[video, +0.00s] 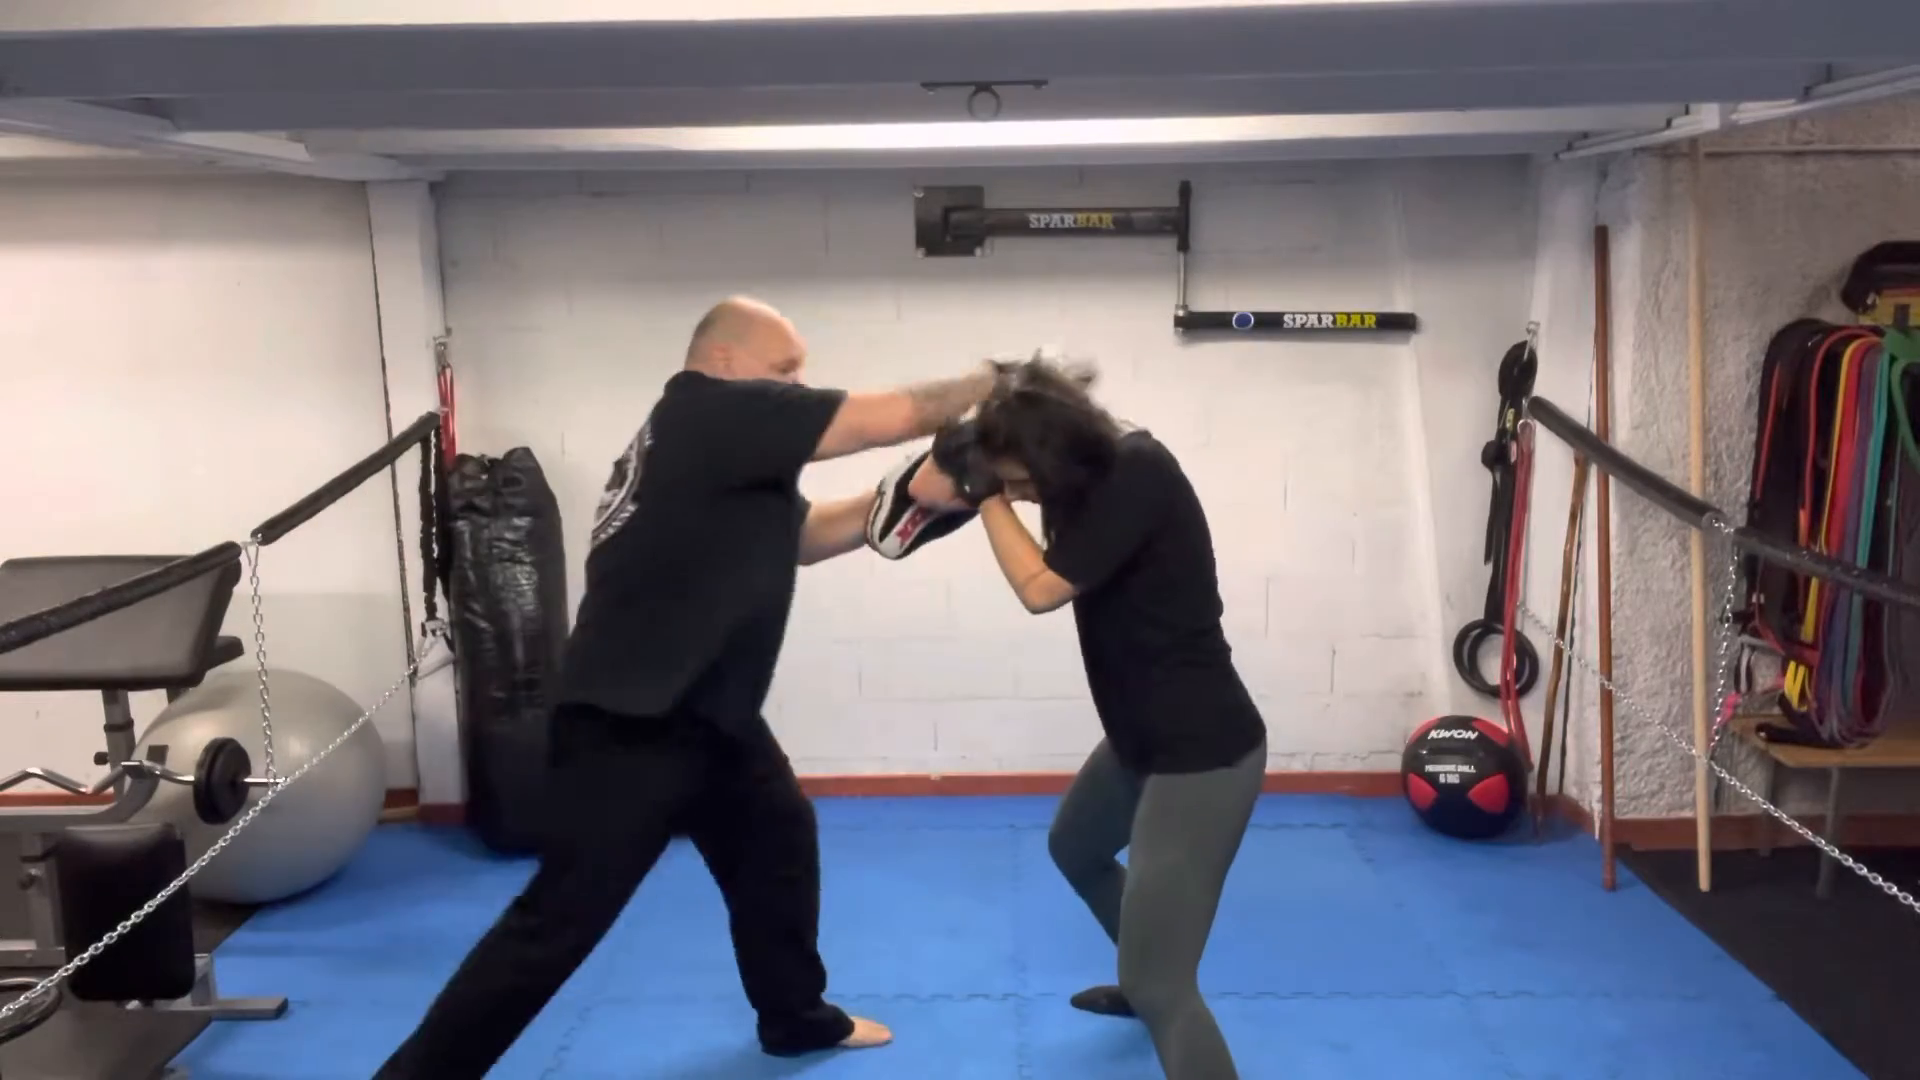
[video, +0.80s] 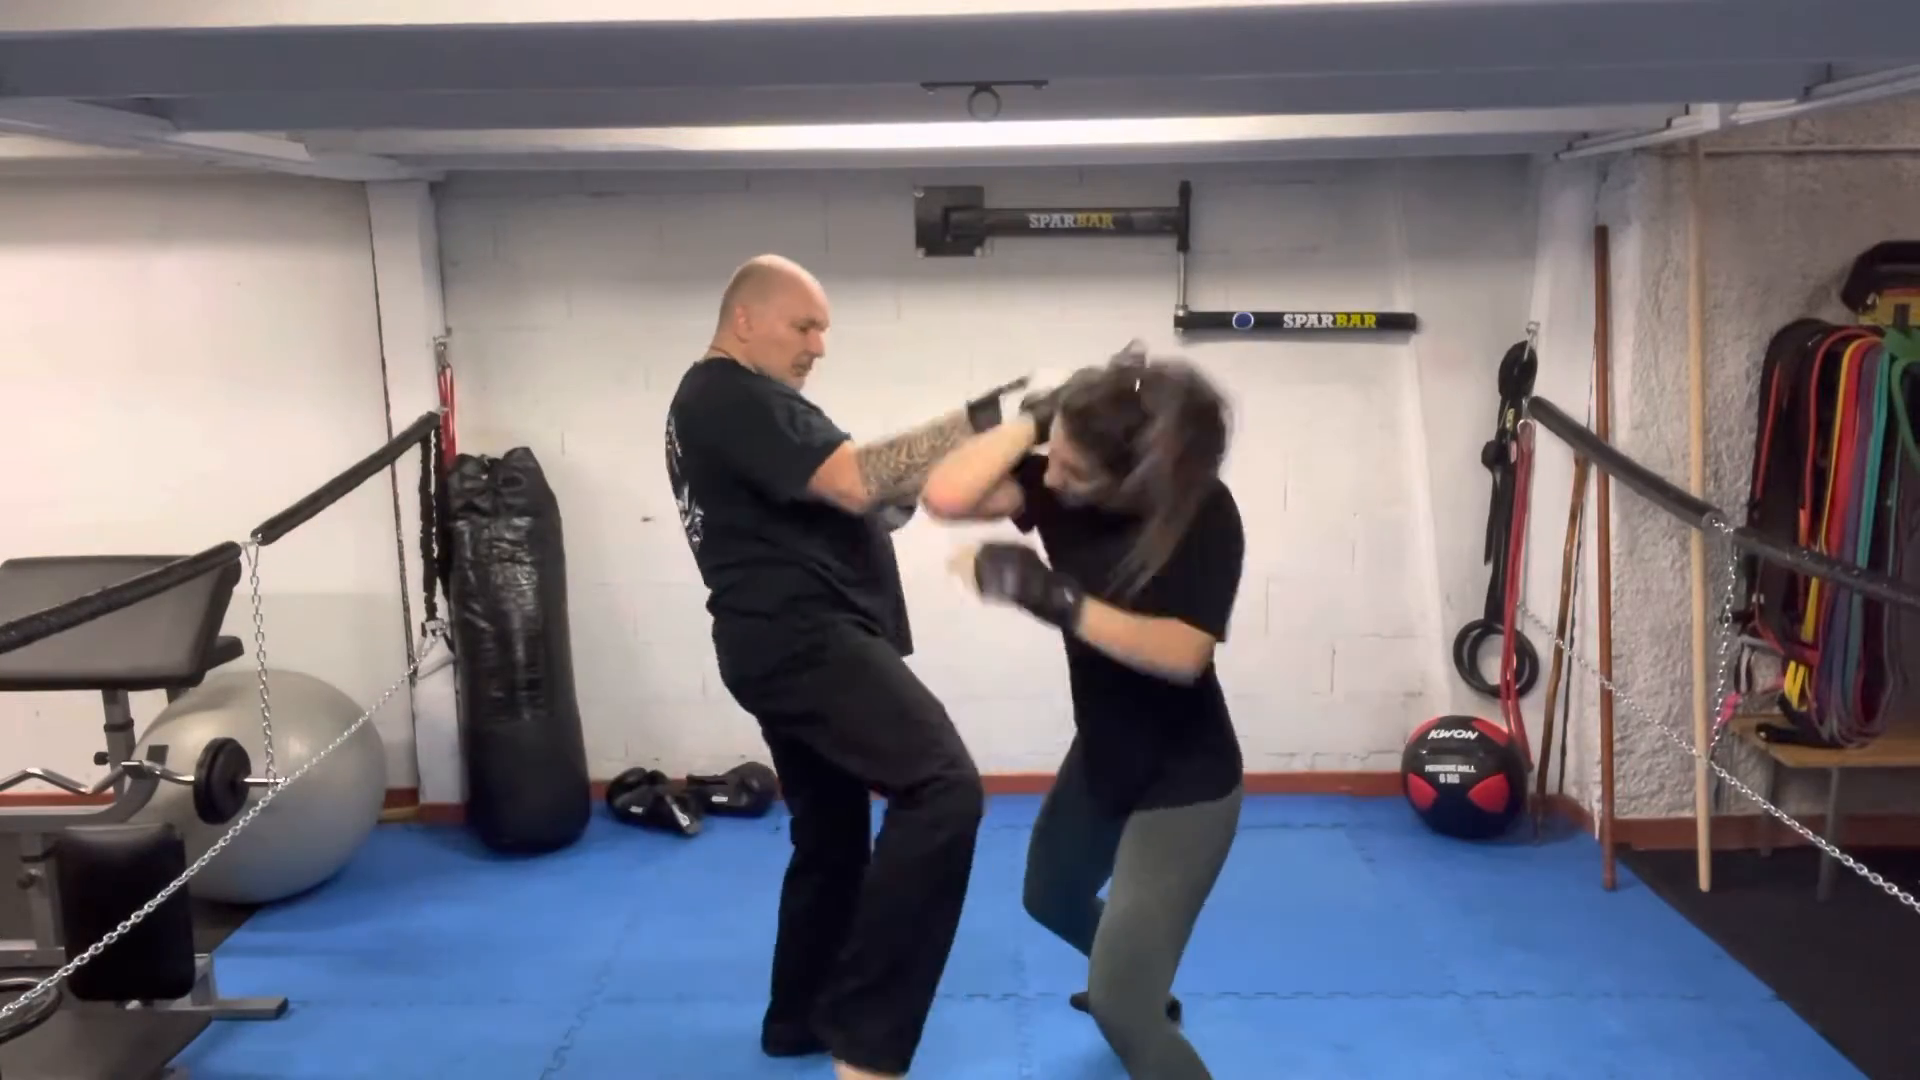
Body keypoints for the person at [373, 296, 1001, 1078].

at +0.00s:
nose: (797, 387)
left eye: (797, 373)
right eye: (784, 369)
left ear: (722, 364)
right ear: (726, 359)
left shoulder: (715, 450)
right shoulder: (707, 415)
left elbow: (804, 533)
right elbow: (904, 413)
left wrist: (909, 499)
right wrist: (997, 375)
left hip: (708, 718)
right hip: (628, 722)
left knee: (775, 842)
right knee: (560, 919)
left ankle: (795, 1019)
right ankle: (416, 1073)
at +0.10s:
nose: (823, 380)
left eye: (824, 364)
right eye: (812, 361)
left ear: (740, 350)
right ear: (758, 349)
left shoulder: (721, 420)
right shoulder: (738, 402)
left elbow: (796, 529)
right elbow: (905, 440)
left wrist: (913, 512)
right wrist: (1018, 421)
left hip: (727, 697)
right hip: (669, 697)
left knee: (788, 837)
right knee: (675, 904)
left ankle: (797, 1018)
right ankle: (478, 1058)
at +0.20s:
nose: (823, 370)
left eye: (825, 354)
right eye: (814, 350)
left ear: (746, 337)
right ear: (758, 333)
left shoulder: (712, 399)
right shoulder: (745, 392)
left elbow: (794, 518)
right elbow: (898, 452)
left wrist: (898, 495)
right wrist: (979, 432)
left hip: (718, 664)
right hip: (715, 669)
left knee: (800, 847)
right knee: (807, 857)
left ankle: (798, 1021)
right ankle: (607, 982)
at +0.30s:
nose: (815, 367)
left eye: (818, 350)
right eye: (806, 346)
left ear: (742, 331)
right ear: (748, 327)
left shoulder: (711, 389)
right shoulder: (738, 391)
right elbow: (865, 464)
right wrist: (988, 444)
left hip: (737, 648)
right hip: (763, 646)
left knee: (802, 827)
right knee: (920, 766)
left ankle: (801, 1020)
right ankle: (756, 915)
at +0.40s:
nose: (808, 367)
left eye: (811, 350)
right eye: (799, 347)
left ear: (735, 334)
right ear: (742, 329)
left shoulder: (700, 395)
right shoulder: (724, 397)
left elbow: (836, 487)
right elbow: (853, 494)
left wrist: (941, 487)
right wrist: (965, 471)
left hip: (774, 645)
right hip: (801, 641)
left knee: (830, 822)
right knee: (980, 698)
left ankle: (802, 1020)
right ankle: (861, 881)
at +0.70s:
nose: (817, 357)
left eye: (820, 341)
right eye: (804, 338)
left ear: (744, 336)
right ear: (747, 329)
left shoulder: (748, 404)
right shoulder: (725, 402)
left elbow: (844, 499)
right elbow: (841, 500)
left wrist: (954, 485)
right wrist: (974, 462)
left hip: (822, 638)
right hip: (810, 638)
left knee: (842, 824)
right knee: (964, 753)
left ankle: (806, 1019)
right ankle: (913, 980)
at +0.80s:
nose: (817, 349)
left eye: (820, 332)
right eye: (805, 330)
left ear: (746, 328)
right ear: (746, 322)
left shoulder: (729, 396)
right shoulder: (730, 391)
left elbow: (852, 495)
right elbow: (855, 483)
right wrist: (977, 416)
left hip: (787, 646)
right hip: (809, 642)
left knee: (831, 830)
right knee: (944, 792)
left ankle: (800, 1019)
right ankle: (867, 1045)